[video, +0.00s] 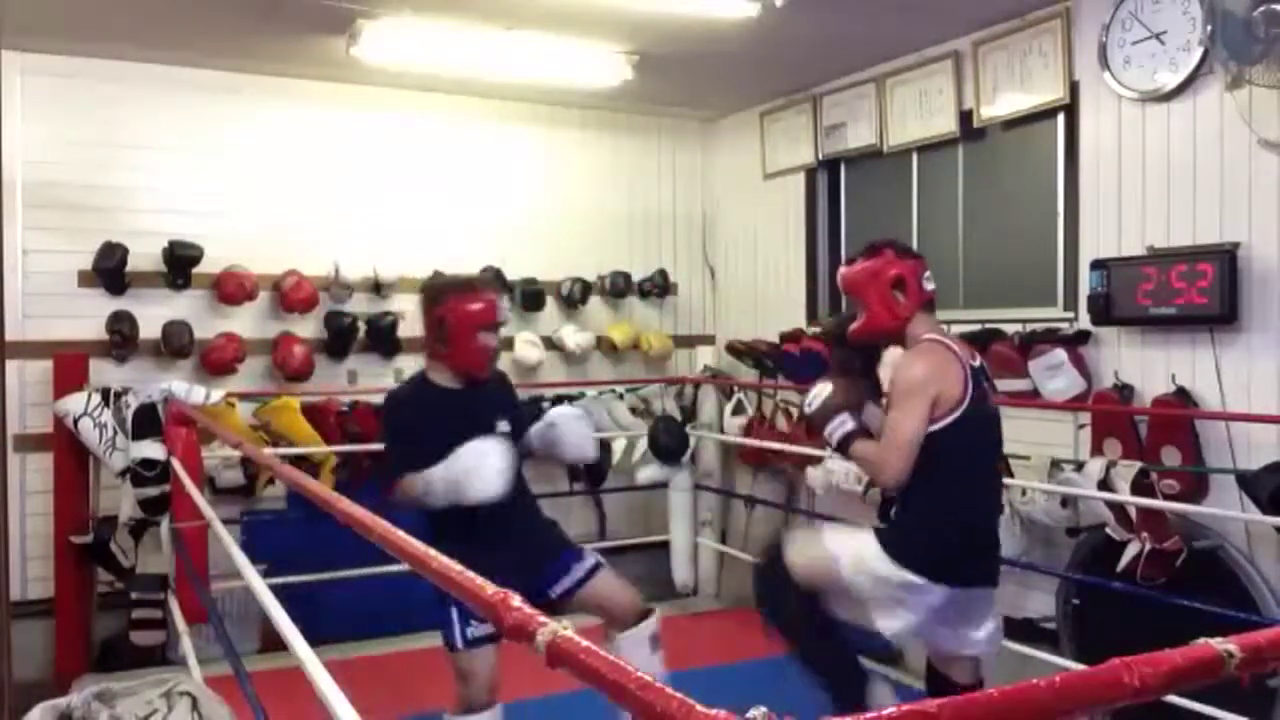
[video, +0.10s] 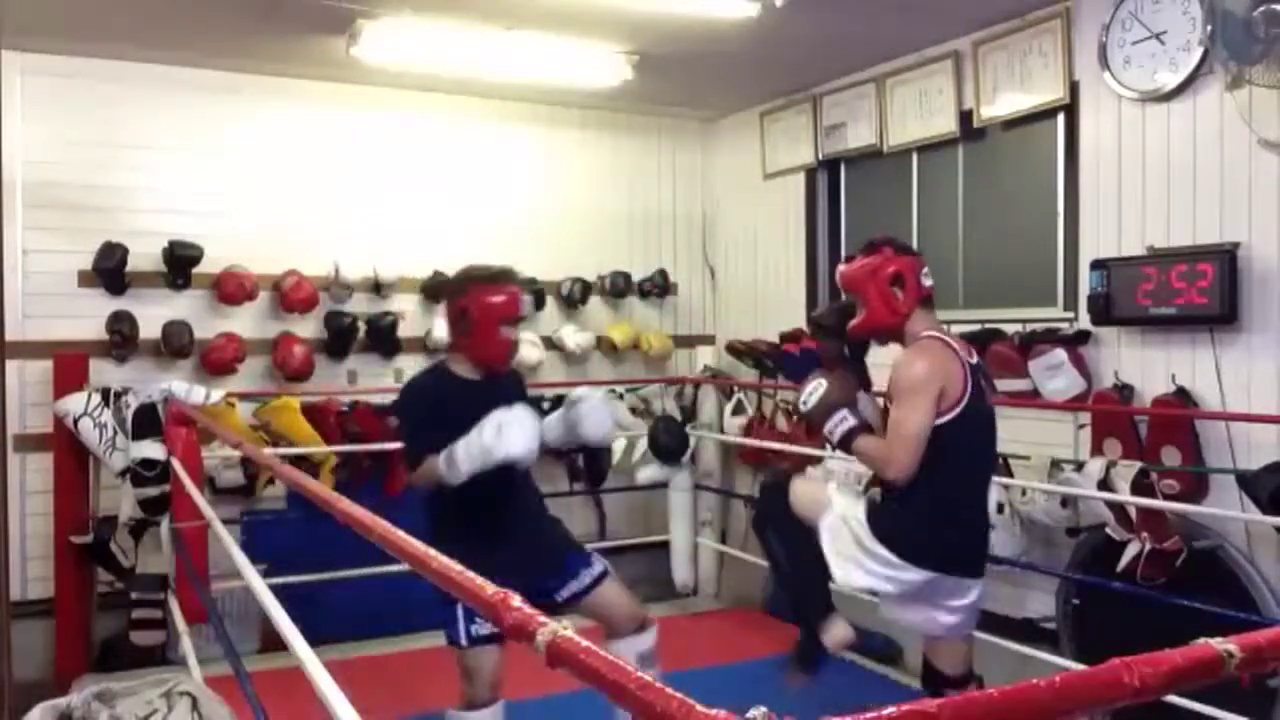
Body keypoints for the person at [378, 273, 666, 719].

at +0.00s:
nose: (493, 342)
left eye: (494, 330)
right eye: (483, 331)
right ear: (445, 335)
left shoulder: (494, 385)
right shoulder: (407, 404)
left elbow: (517, 436)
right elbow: (399, 487)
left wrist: (552, 436)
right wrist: (446, 480)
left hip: (531, 540)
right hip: (467, 561)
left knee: (630, 610)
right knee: (478, 695)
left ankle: (648, 712)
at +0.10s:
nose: (514, 337)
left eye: (516, 325)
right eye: (505, 326)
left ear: (483, 326)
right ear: (468, 326)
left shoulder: (505, 381)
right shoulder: (423, 393)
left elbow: (527, 435)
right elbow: (419, 474)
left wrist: (566, 426)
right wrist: (476, 449)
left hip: (534, 535)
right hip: (470, 555)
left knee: (630, 620)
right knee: (481, 689)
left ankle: (635, 712)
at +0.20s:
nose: (536, 339)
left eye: (537, 327)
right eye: (526, 327)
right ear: (490, 327)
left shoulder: (525, 382)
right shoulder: (443, 390)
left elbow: (549, 438)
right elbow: (440, 471)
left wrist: (593, 415)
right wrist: (493, 416)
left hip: (542, 546)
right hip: (474, 560)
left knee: (602, 671)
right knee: (471, 701)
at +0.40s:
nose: (538, 337)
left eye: (542, 326)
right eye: (527, 324)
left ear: (548, 330)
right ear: (492, 329)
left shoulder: (547, 393)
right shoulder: (453, 386)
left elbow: (588, 469)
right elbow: (501, 444)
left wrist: (607, 403)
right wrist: (540, 373)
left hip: (538, 566)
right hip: (468, 569)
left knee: (581, 688)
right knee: (420, 695)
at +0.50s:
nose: (533, 348)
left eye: (533, 337)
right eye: (524, 336)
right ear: (489, 338)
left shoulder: (510, 393)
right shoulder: (449, 389)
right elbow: (534, 406)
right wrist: (554, 359)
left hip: (518, 574)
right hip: (454, 581)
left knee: (574, 692)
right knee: (402, 702)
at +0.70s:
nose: (491, 334)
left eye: (493, 323)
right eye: (480, 322)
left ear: (487, 332)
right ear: (452, 328)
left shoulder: (477, 383)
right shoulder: (416, 378)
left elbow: (534, 414)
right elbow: (496, 392)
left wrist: (530, 346)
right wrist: (519, 329)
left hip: (478, 563)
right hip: (416, 570)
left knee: (547, 667)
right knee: (380, 699)